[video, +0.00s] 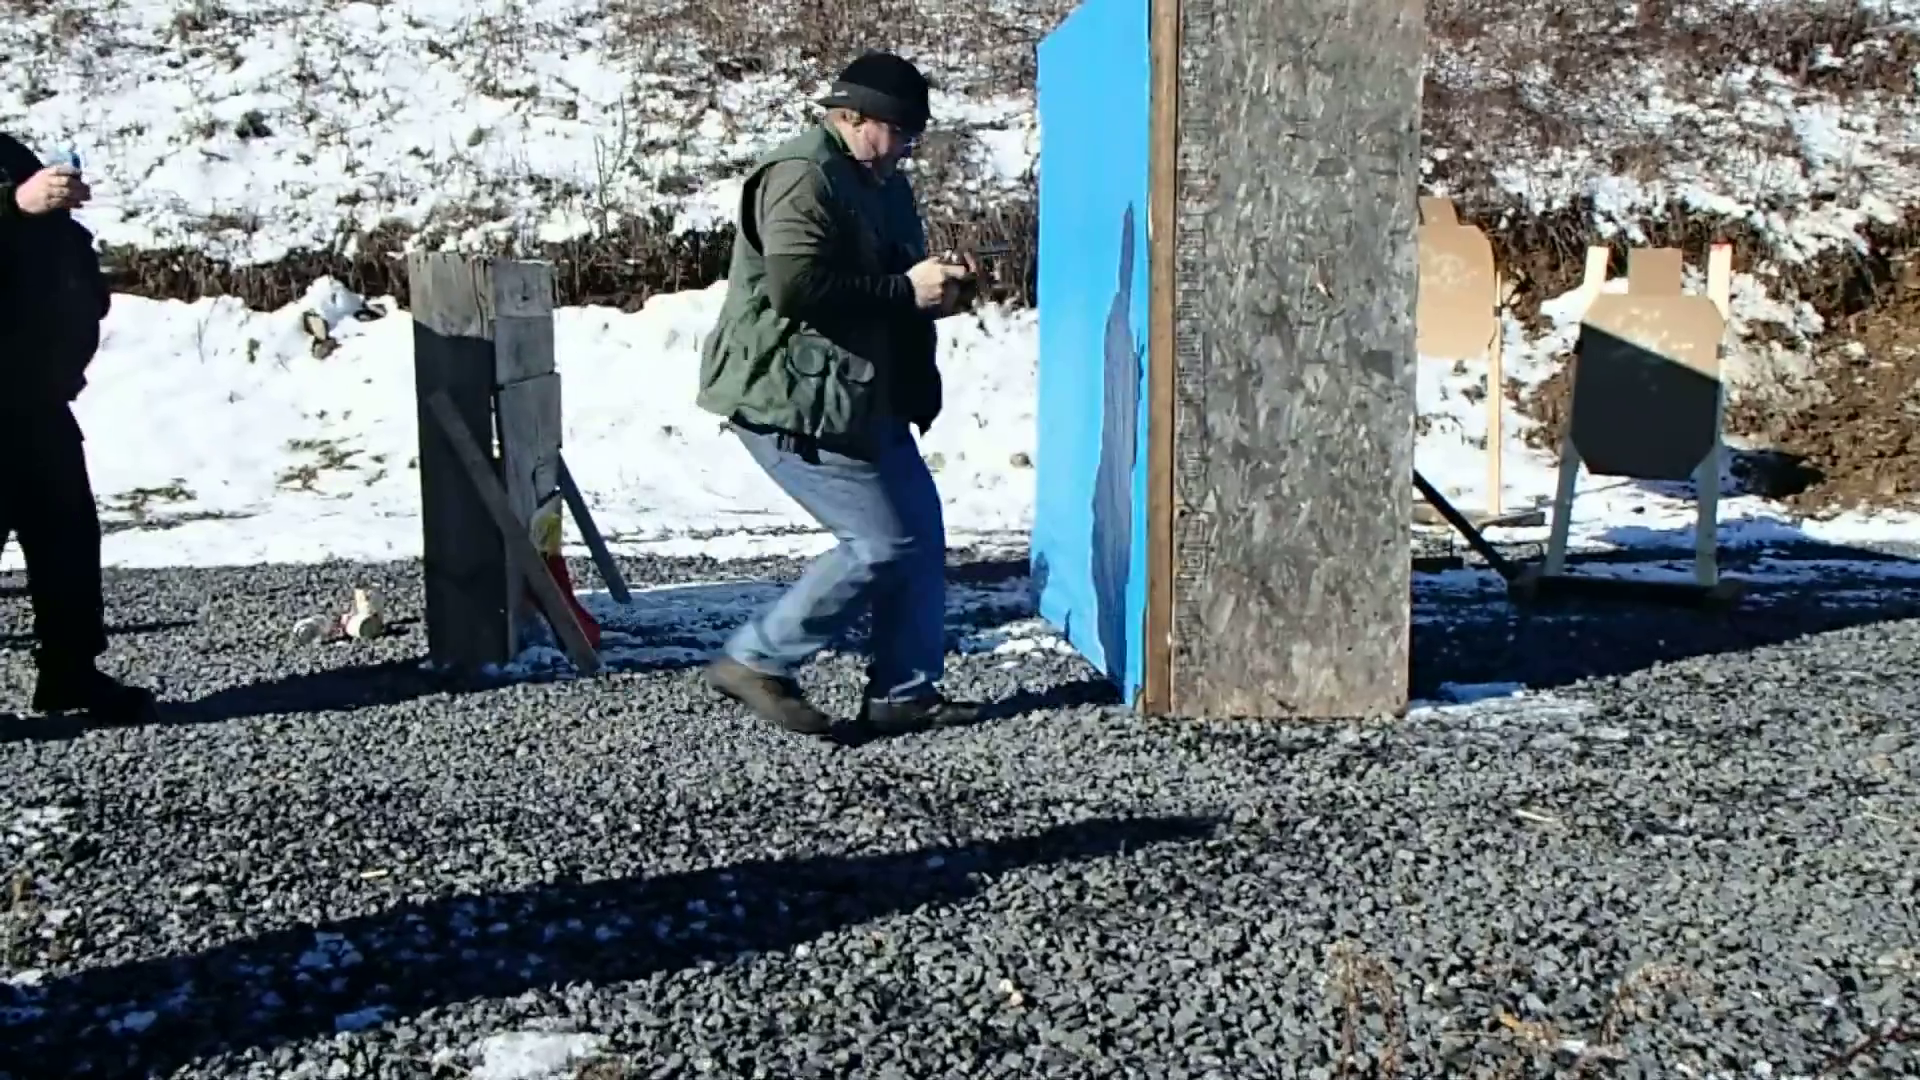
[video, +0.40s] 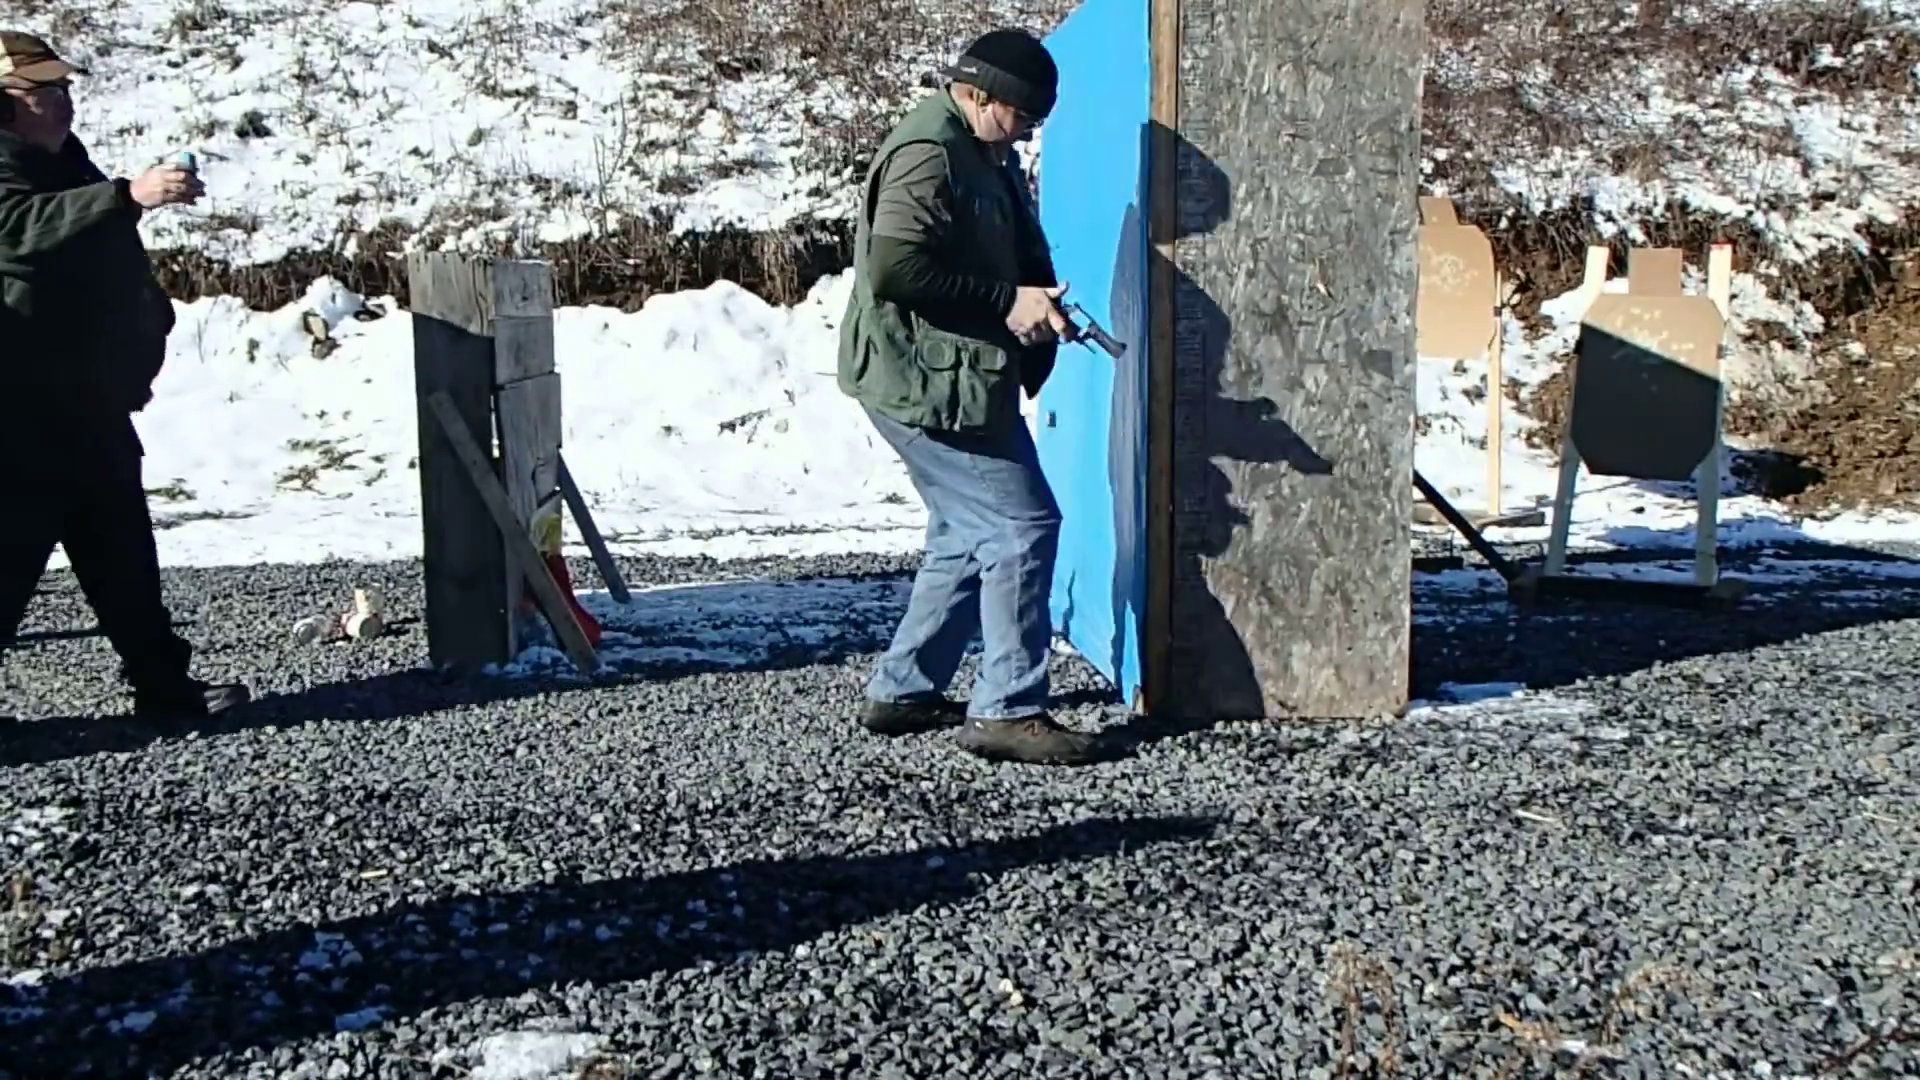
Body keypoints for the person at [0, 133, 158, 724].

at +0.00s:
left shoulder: (20, 166)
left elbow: (80, 284)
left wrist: (60, 372)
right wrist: (19, 203)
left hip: (33, 398)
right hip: (19, 402)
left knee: (67, 532)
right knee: (62, 532)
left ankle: (69, 672)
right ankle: (66, 674)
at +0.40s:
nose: (66, 103)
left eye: (66, 90)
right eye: (51, 92)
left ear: (44, 99)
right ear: (12, 103)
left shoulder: (75, 168)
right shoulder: (4, 168)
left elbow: (131, 278)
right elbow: (19, 232)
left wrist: (138, 361)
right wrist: (126, 196)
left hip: (93, 405)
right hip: (28, 412)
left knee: (123, 560)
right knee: (12, 569)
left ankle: (165, 692)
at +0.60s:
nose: (127, 101)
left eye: (127, 88)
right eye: (112, 91)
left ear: (114, 92)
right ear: (72, 96)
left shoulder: (127, 162)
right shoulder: (45, 163)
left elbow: (166, 266)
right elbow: (80, 236)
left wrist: (213, 309)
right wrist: (193, 191)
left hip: (160, 396)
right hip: (87, 401)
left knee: (176, 550)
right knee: (90, 551)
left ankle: (175, 696)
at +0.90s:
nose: (209, 100)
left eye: (209, 88)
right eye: (196, 89)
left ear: (190, 96)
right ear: (158, 95)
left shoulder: (196, 155)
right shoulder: (126, 159)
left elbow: (229, 259)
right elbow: (154, 228)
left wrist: (267, 344)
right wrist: (251, 191)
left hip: (213, 380)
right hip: (163, 387)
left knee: (218, 528)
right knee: (201, 531)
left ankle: (212, 683)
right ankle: (204, 691)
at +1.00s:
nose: (234, 102)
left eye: (235, 89)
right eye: (219, 90)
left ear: (230, 90)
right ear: (179, 93)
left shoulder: (226, 161)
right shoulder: (147, 160)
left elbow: (258, 263)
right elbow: (175, 235)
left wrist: (304, 323)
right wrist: (273, 199)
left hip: (235, 383)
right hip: (180, 391)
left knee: (208, 533)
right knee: (249, 530)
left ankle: (174, 682)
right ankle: (302, 686)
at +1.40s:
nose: (344, 95)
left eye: (342, 83)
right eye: (331, 85)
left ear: (310, 96)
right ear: (293, 95)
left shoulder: (322, 156)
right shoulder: (257, 168)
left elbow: (354, 260)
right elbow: (277, 264)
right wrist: (379, 225)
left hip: (340, 386)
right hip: (296, 393)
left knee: (317, 538)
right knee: (355, 543)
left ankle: (214, 654)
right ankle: (380, 707)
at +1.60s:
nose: (398, 85)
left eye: (395, 72)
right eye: (383, 73)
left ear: (365, 84)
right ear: (342, 83)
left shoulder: (380, 148)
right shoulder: (304, 161)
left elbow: (410, 249)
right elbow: (324, 266)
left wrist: (456, 253)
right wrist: (426, 234)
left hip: (402, 378)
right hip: (338, 385)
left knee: (420, 525)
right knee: (373, 536)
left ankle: (300, 630)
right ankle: (380, 708)